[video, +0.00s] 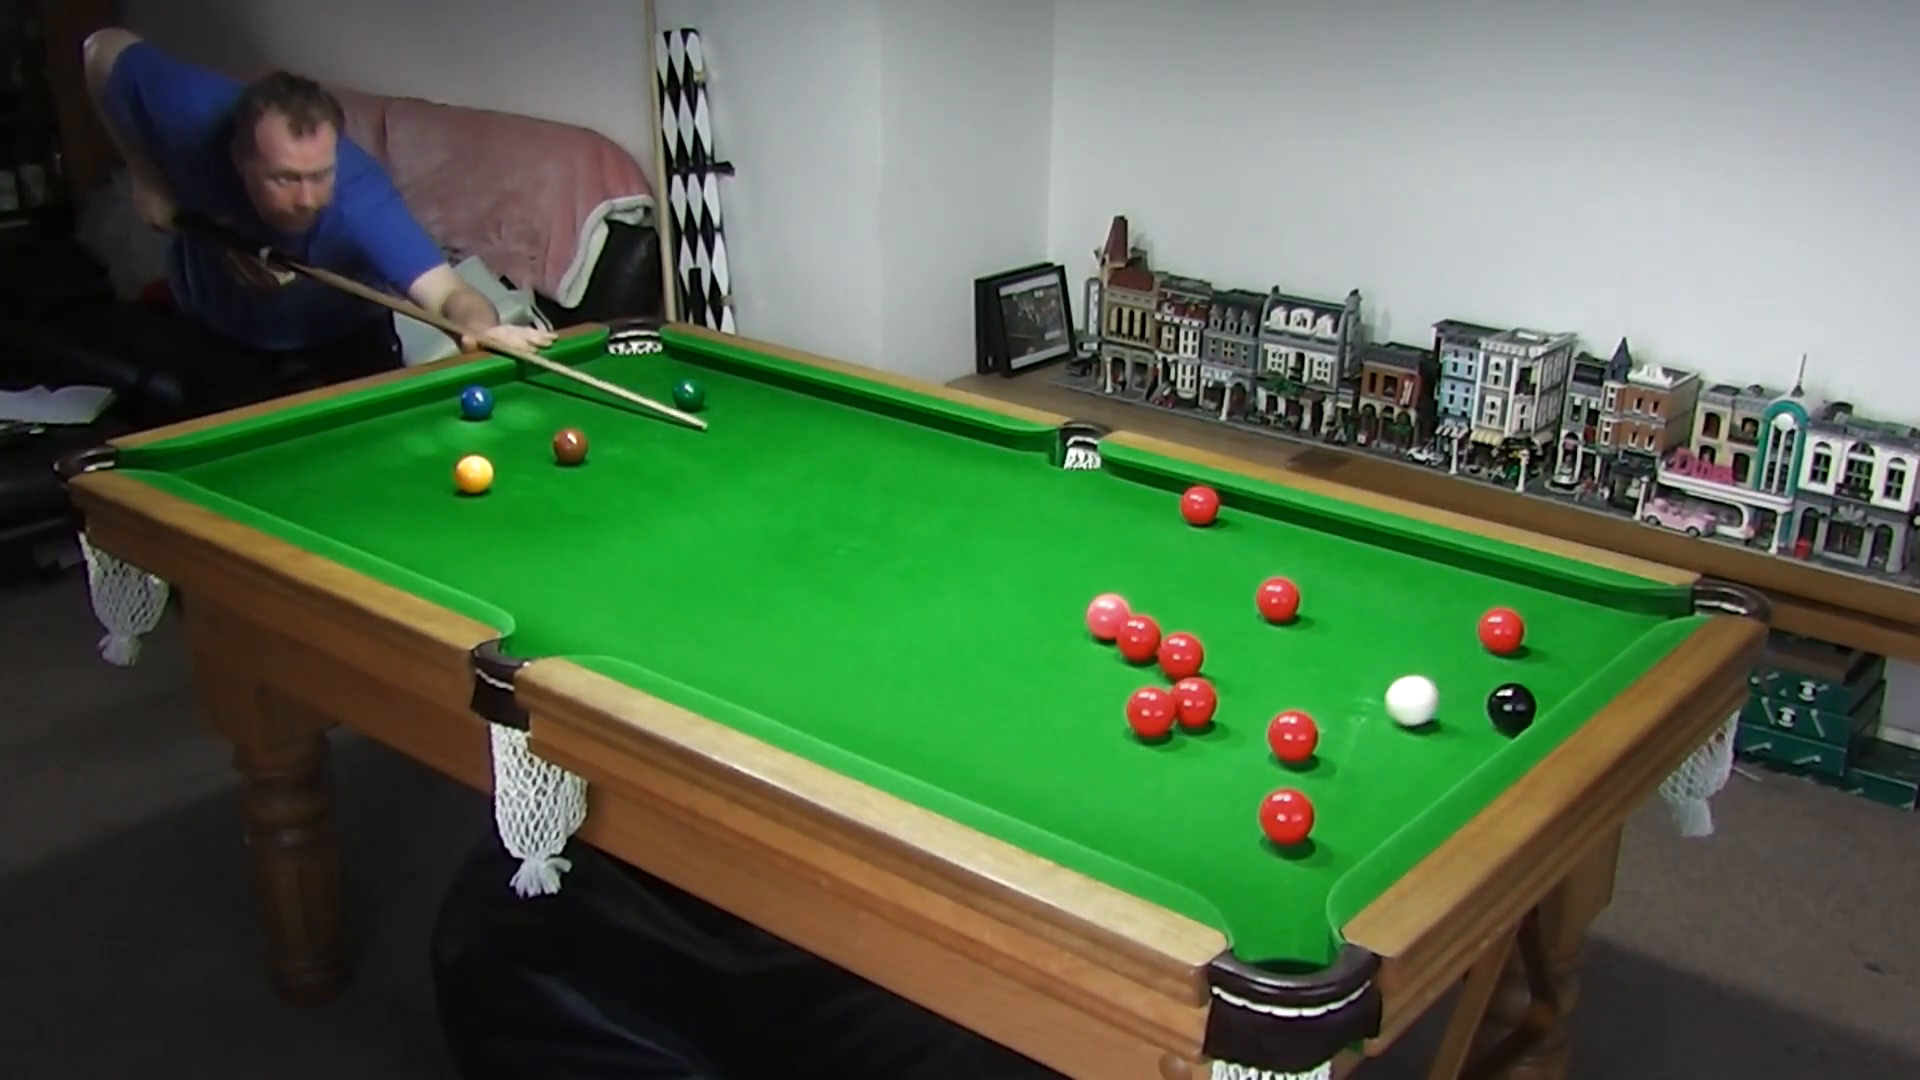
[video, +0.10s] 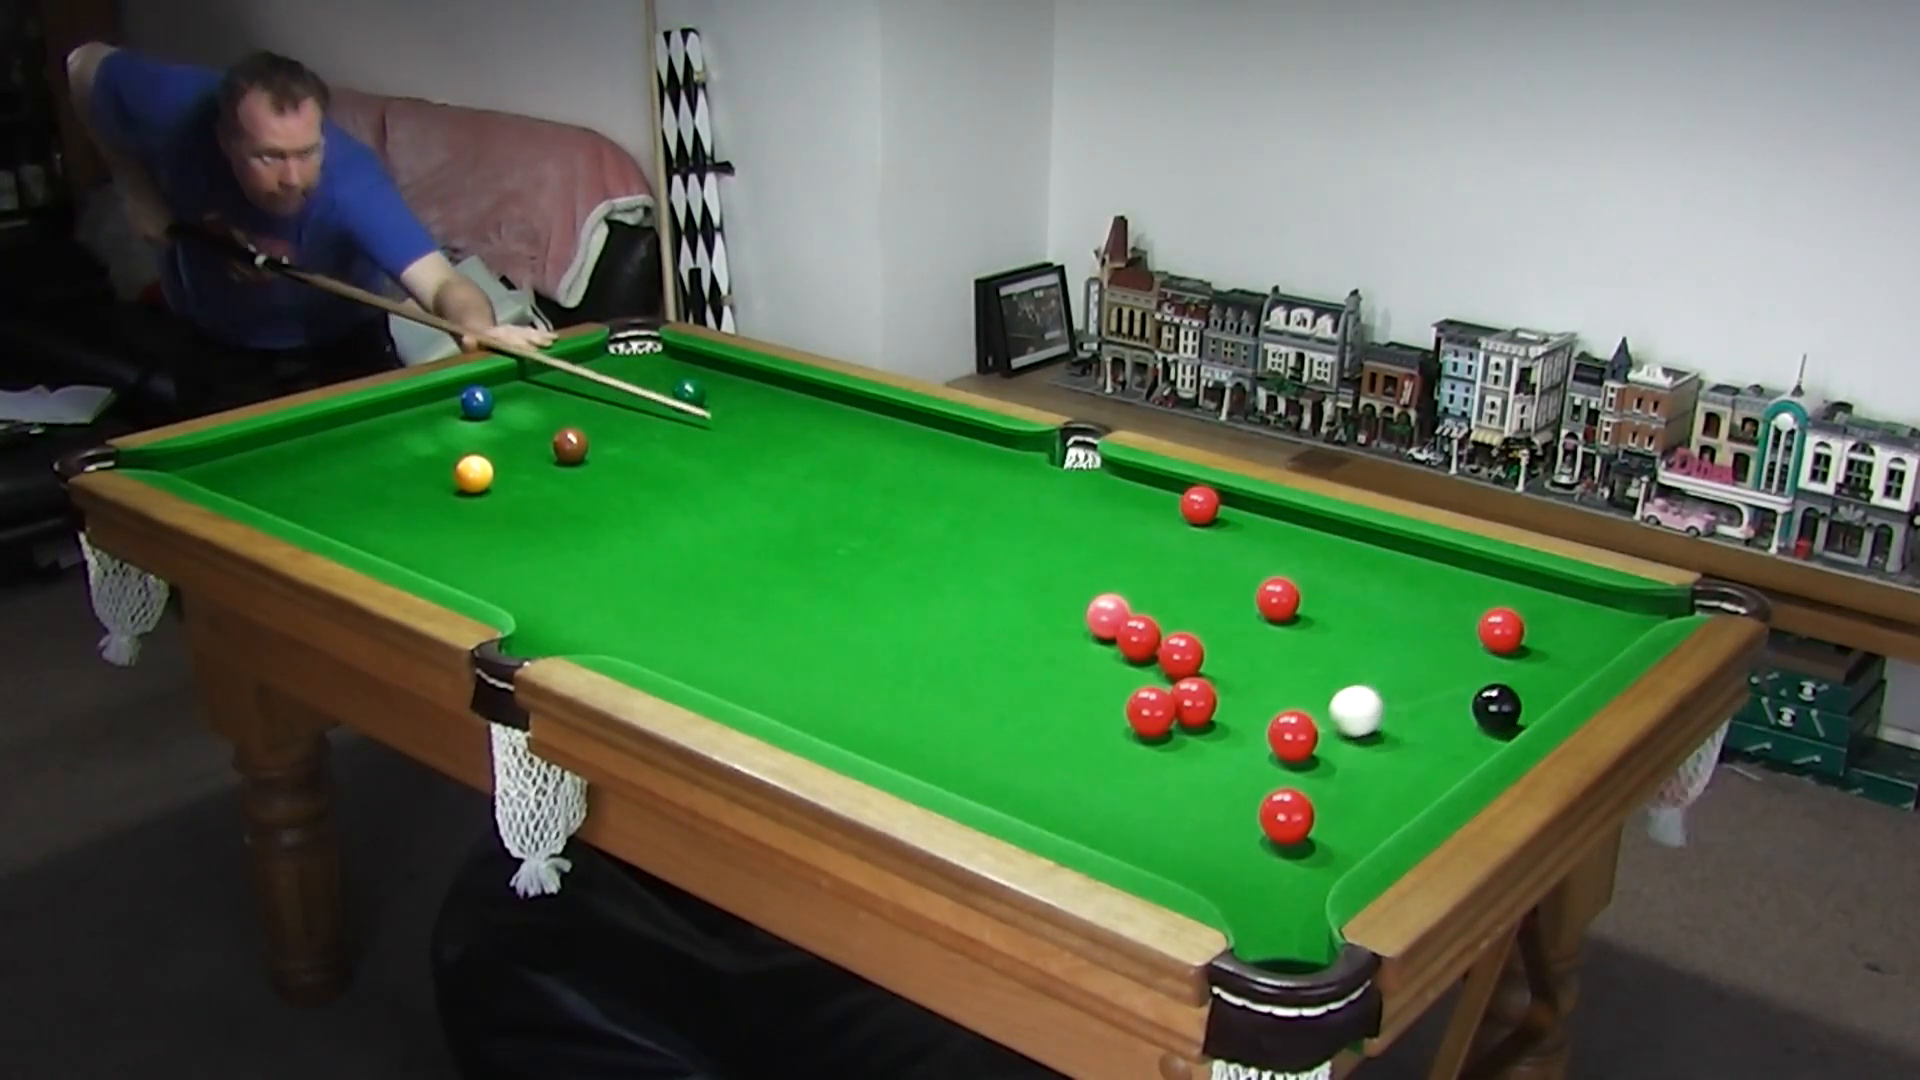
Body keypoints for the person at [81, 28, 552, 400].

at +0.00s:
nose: (306, 199)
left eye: (320, 177)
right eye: (285, 180)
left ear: (337, 158)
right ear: (242, 160)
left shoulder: (361, 194)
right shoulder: (197, 121)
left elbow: (445, 292)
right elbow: (101, 50)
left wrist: (484, 326)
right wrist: (145, 177)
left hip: (342, 328)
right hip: (219, 323)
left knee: (373, 471)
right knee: (232, 471)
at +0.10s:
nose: (294, 177)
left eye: (307, 155)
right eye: (271, 159)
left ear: (324, 134)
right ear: (226, 140)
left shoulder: (351, 176)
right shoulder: (183, 111)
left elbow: (438, 282)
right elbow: (82, 66)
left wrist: (480, 325)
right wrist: (138, 191)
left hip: (339, 337)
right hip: (216, 333)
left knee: (374, 486)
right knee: (227, 494)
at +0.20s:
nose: (278, 161)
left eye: (292, 137)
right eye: (256, 142)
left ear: (311, 117)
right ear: (213, 127)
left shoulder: (342, 167)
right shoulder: (169, 105)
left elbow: (433, 274)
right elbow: (70, 82)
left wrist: (477, 326)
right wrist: (131, 202)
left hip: (330, 339)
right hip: (203, 333)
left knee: (361, 489)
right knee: (217, 493)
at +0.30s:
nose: (252, 134)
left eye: (267, 110)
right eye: (228, 115)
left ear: (287, 96)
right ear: (189, 103)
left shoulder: (321, 147)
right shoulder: (145, 103)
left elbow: (420, 259)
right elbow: (56, 102)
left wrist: (472, 324)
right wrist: (114, 218)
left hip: (317, 343)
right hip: (189, 338)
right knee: (201, 502)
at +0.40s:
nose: (241, 115)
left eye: (256, 91)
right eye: (219, 95)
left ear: (276, 78)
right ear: (178, 86)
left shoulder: (309, 135)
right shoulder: (134, 98)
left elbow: (415, 251)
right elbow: (47, 115)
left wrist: (474, 324)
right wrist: (105, 226)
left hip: (302, 344)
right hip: (175, 337)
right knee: (178, 502)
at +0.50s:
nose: (229, 87)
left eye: (243, 62)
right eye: (205, 68)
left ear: (264, 56)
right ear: (166, 68)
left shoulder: (300, 125)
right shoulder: (116, 91)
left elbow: (403, 240)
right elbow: (35, 124)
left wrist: (474, 324)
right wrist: (93, 234)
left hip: (296, 327)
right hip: (166, 330)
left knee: (349, 465)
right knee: (194, 490)